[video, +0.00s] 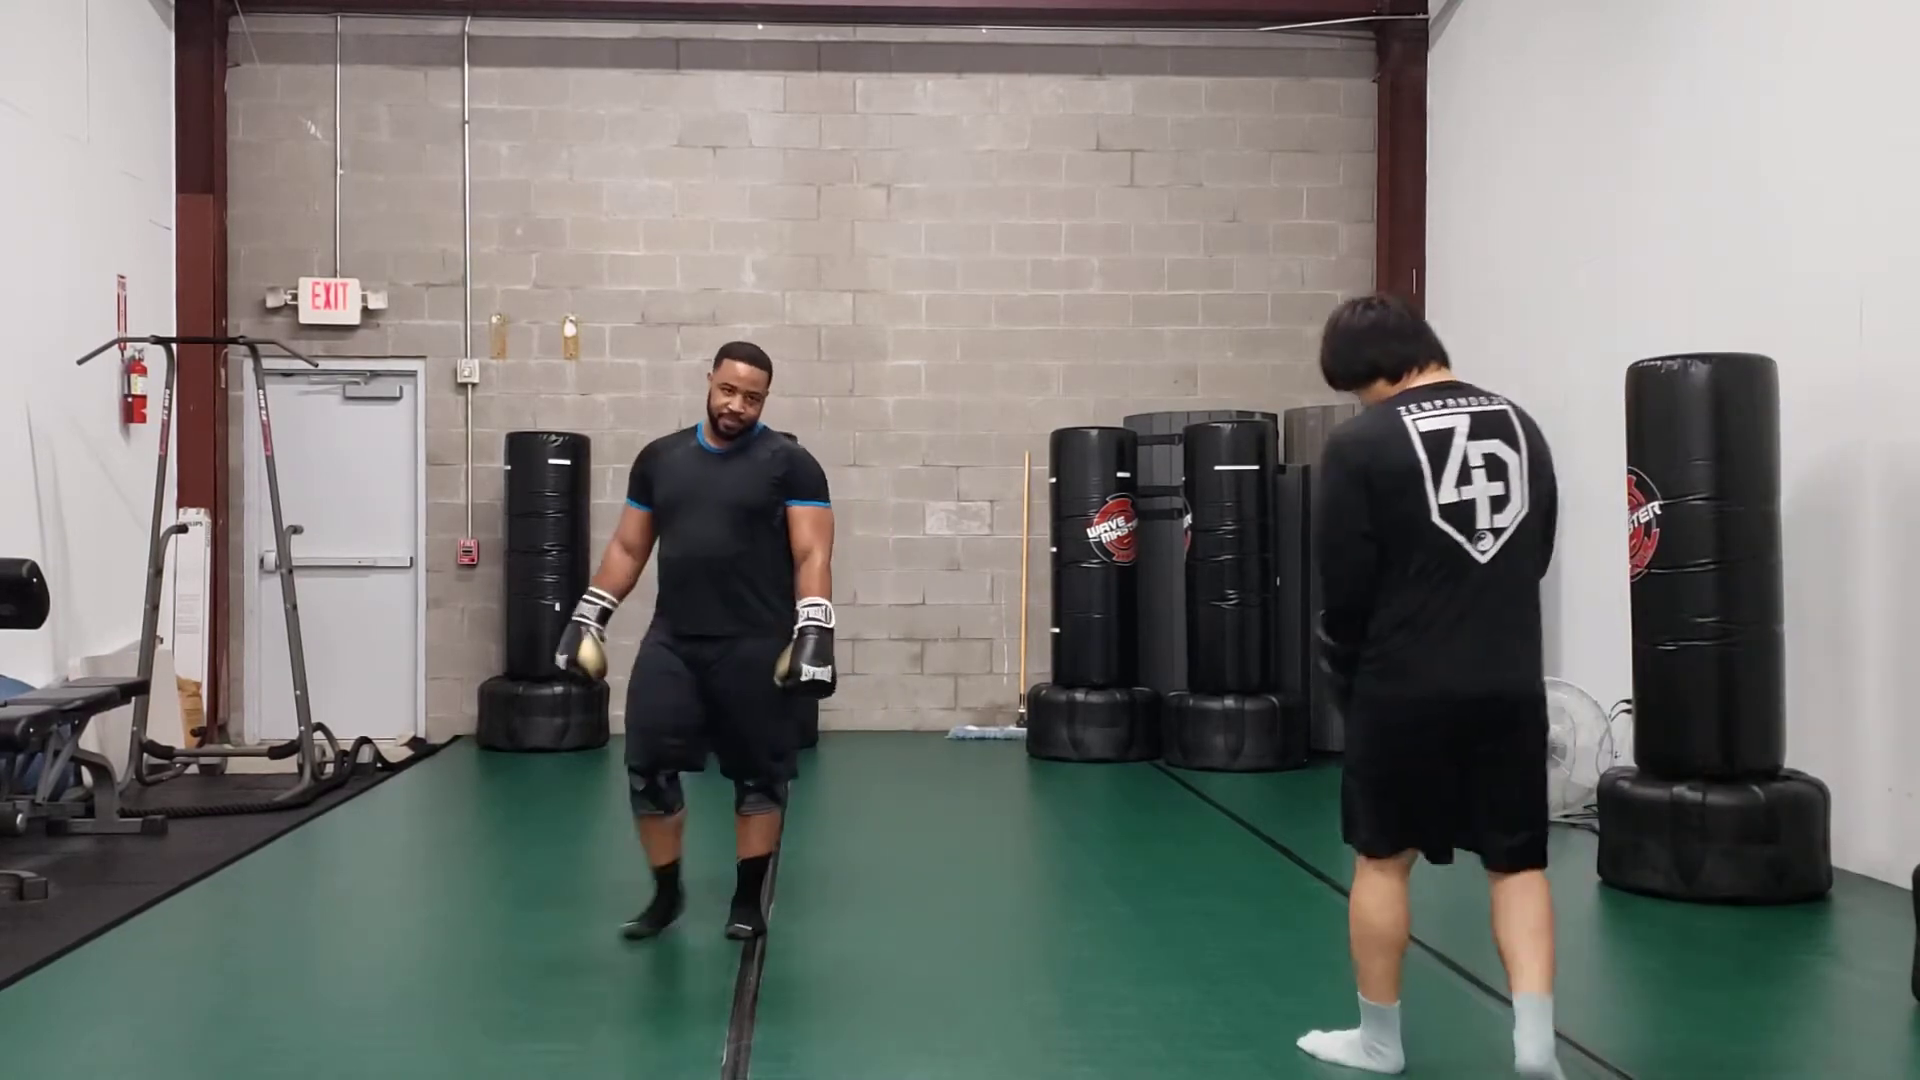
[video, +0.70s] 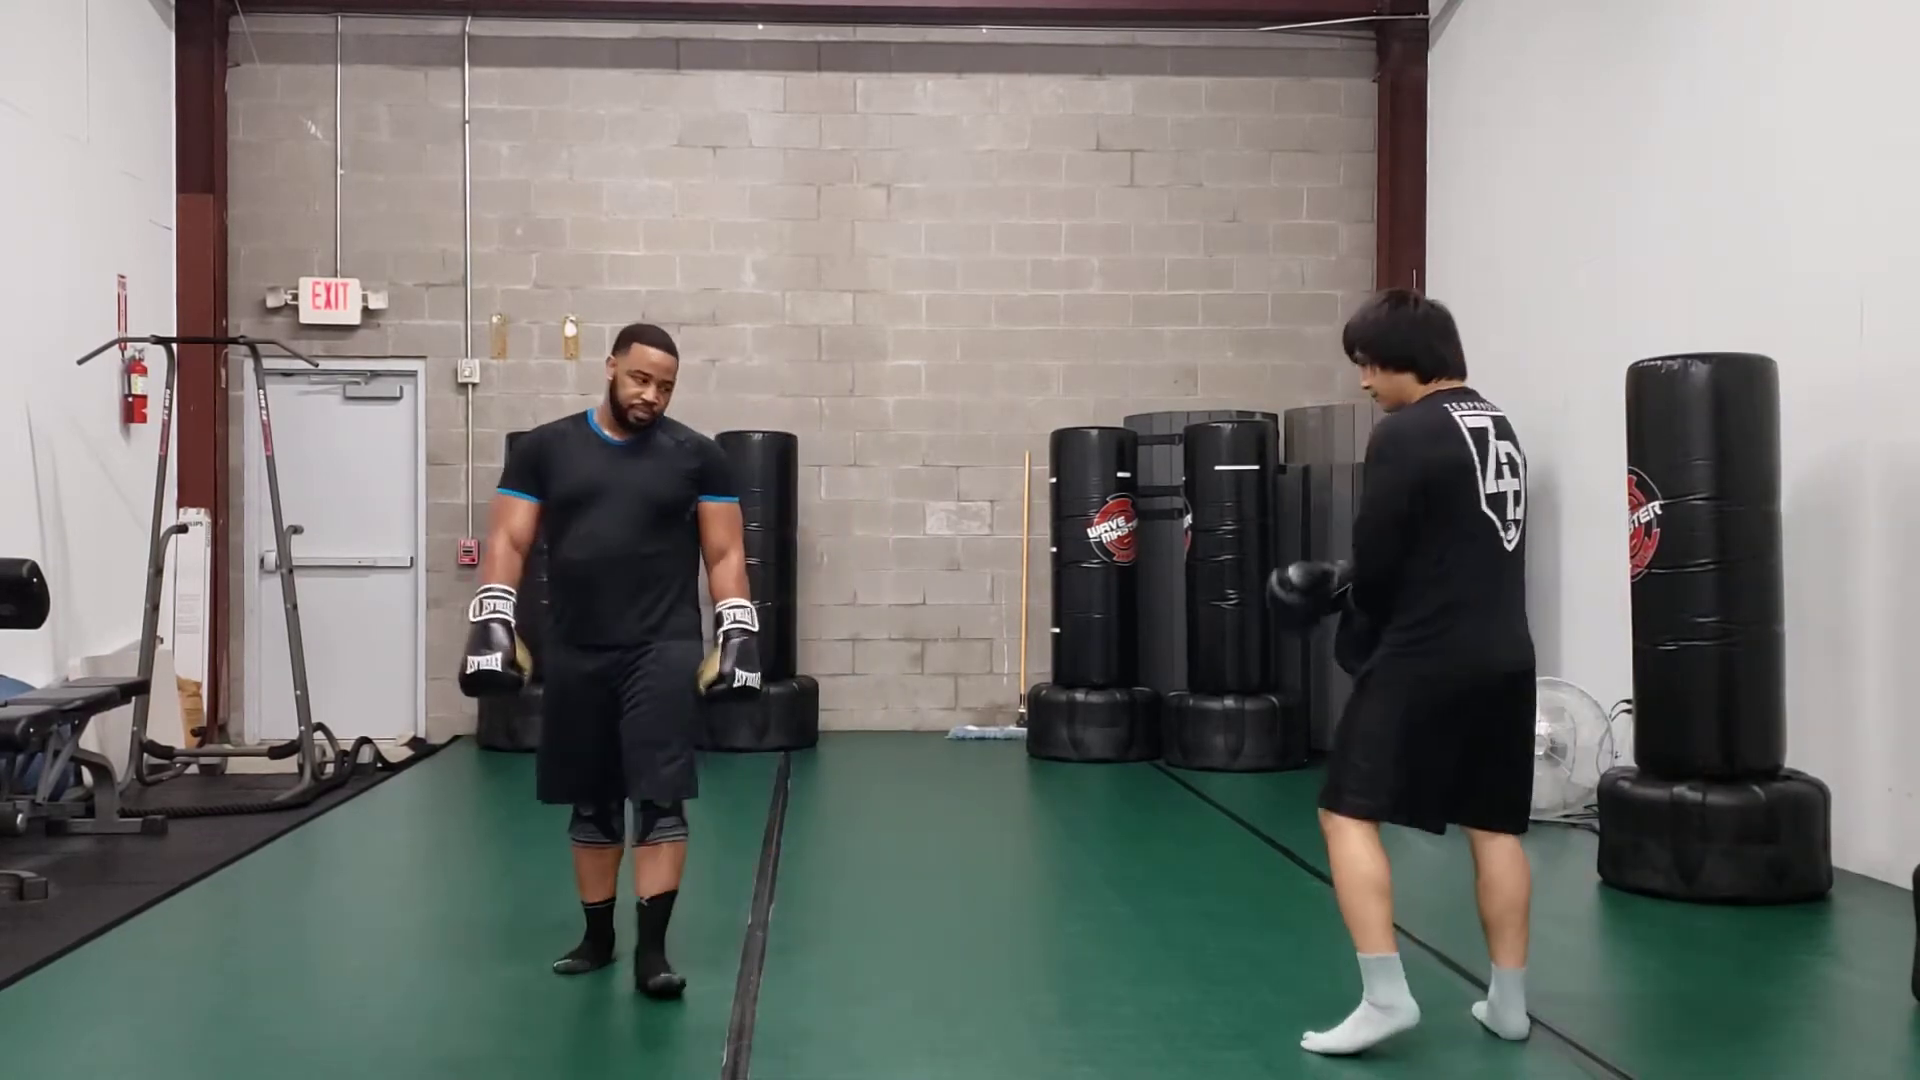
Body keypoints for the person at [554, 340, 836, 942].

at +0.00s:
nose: (736, 405)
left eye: (750, 396)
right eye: (728, 390)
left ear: (765, 399)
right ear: (708, 384)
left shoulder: (791, 466)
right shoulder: (660, 461)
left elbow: (813, 554)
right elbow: (626, 549)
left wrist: (814, 630)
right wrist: (587, 618)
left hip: (760, 649)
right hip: (673, 646)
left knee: (759, 780)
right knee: (648, 768)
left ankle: (748, 902)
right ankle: (666, 894)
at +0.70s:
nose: (651, 396)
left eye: (664, 385)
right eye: (640, 379)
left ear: (674, 385)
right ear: (610, 369)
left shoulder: (697, 459)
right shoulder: (543, 450)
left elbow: (725, 554)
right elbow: (509, 542)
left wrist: (739, 630)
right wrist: (492, 621)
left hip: (662, 648)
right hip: (573, 651)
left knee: (661, 792)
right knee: (590, 798)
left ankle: (653, 953)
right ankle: (597, 939)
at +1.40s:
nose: (665, 406)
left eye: (675, 394)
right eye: (659, 387)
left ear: (676, 391)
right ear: (619, 362)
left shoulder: (677, 457)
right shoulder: (528, 434)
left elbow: (751, 520)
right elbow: (488, 543)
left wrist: (816, 537)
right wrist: (481, 640)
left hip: (645, 670)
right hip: (545, 668)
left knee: (641, 824)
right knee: (519, 830)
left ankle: (633, 971)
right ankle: (486, 979)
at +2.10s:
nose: (666, 417)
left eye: (676, 404)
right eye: (659, 398)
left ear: (683, 394)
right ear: (619, 369)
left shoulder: (682, 449)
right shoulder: (525, 433)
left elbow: (765, 511)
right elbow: (481, 539)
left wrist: (812, 475)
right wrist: (544, 594)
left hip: (631, 674)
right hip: (534, 673)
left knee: (627, 823)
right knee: (509, 830)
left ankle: (632, 971)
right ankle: (486, 981)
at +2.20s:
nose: (674, 415)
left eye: (683, 401)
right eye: (666, 398)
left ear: (685, 391)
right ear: (625, 370)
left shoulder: (685, 455)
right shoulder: (537, 431)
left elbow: (725, 549)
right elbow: (494, 536)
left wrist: (764, 499)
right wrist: (586, 551)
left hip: (643, 675)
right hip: (546, 675)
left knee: (635, 827)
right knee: (516, 835)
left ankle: (633, 971)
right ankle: (488, 982)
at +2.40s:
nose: (685, 424)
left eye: (693, 413)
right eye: (680, 407)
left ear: (687, 400)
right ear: (642, 374)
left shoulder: (669, 452)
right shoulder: (564, 428)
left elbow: (712, 558)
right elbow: (587, 531)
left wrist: (751, 503)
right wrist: (672, 465)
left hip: (652, 672)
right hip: (567, 672)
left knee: (640, 825)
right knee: (541, 832)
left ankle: (633, 972)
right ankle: (492, 976)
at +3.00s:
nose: (683, 438)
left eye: (690, 428)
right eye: (685, 420)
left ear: (658, 385)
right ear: (661, 384)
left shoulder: (630, 443)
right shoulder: (591, 423)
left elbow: (704, 538)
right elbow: (682, 526)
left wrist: (733, 455)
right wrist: (730, 439)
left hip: (630, 663)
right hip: (559, 668)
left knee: (683, 800)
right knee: (542, 835)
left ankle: (656, 962)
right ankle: (504, 1006)